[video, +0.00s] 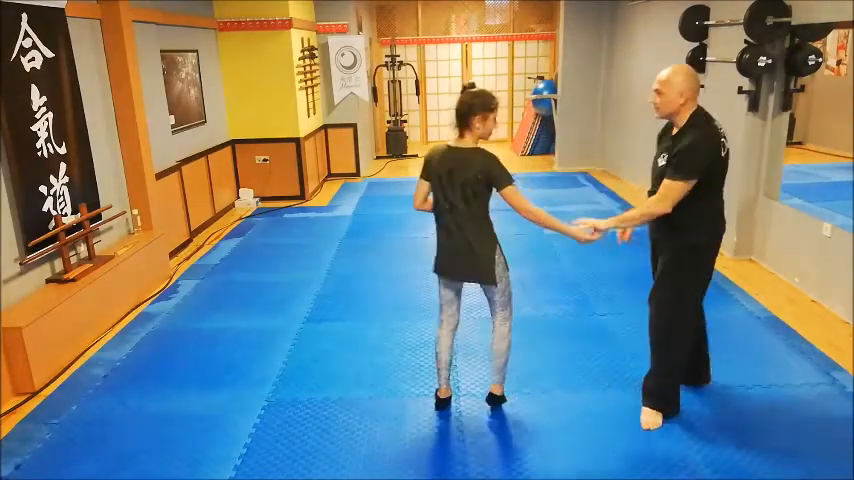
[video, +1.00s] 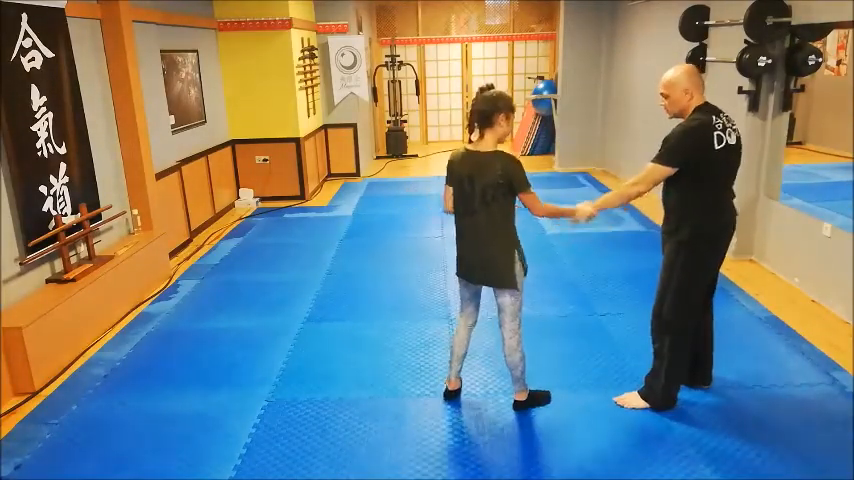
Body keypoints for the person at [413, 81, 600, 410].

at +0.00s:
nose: (496, 124)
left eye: (495, 117)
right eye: (492, 118)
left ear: (468, 120)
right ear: (475, 121)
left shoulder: (436, 155)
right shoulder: (487, 161)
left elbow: (420, 203)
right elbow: (526, 210)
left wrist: (449, 204)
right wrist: (571, 232)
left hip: (448, 252)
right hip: (484, 252)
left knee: (447, 319)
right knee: (501, 315)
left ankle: (442, 390)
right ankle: (496, 387)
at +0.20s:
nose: (486, 120)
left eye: (484, 114)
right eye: (482, 114)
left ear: (456, 120)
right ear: (467, 119)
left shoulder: (429, 156)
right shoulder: (479, 162)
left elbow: (409, 204)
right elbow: (507, 217)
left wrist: (438, 211)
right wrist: (548, 243)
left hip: (439, 253)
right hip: (477, 252)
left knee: (442, 321)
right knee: (503, 308)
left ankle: (442, 391)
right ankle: (502, 382)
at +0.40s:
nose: (488, 120)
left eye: (486, 114)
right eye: (484, 115)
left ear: (458, 120)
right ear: (471, 120)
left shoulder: (431, 157)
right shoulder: (483, 163)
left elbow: (406, 199)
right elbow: (514, 215)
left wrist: (436, 210)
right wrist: (555, 232)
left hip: (441, 252)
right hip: (478, 252)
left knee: (445, 320)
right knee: (504, 313)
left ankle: (442, 392)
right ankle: (517, 389)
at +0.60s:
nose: (499, 126)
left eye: (498, 120)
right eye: (497, 120)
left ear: (469, 121)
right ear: (485, 121)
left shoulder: (447, 160)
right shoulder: (497, 164)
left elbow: (421, 198)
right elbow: (539, 209)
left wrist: (452, 210)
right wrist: (581, 221)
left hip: (459, 255)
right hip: (495, 256)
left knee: (457, 321)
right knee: (507, 327)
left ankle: (444, 391)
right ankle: (520, 394)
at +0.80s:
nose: (512, 124)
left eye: (511, 118)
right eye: (510, 118)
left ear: (480, 120)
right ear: (498, 119)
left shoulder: (460, 159)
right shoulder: (510, 163)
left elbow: (450, 207)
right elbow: (540, 212)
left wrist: (482, 203)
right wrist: (577, 226)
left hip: (470, 254)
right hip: (505, 254)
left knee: (471, 314)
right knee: (514, 324)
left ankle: (450, 383)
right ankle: (522, 393)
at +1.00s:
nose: (512, 124)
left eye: (512, 118)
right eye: (510, 118)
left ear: (481, 120)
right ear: (499, 120)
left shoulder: (458, 159)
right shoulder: (508, 163)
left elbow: (449, 205)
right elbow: (538, 208)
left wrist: (481, 200)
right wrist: (573, 211)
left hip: (468, 254)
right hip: (502, 255)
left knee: (466, 317)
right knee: (510, 327)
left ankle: (452, 383)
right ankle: (521, 393)